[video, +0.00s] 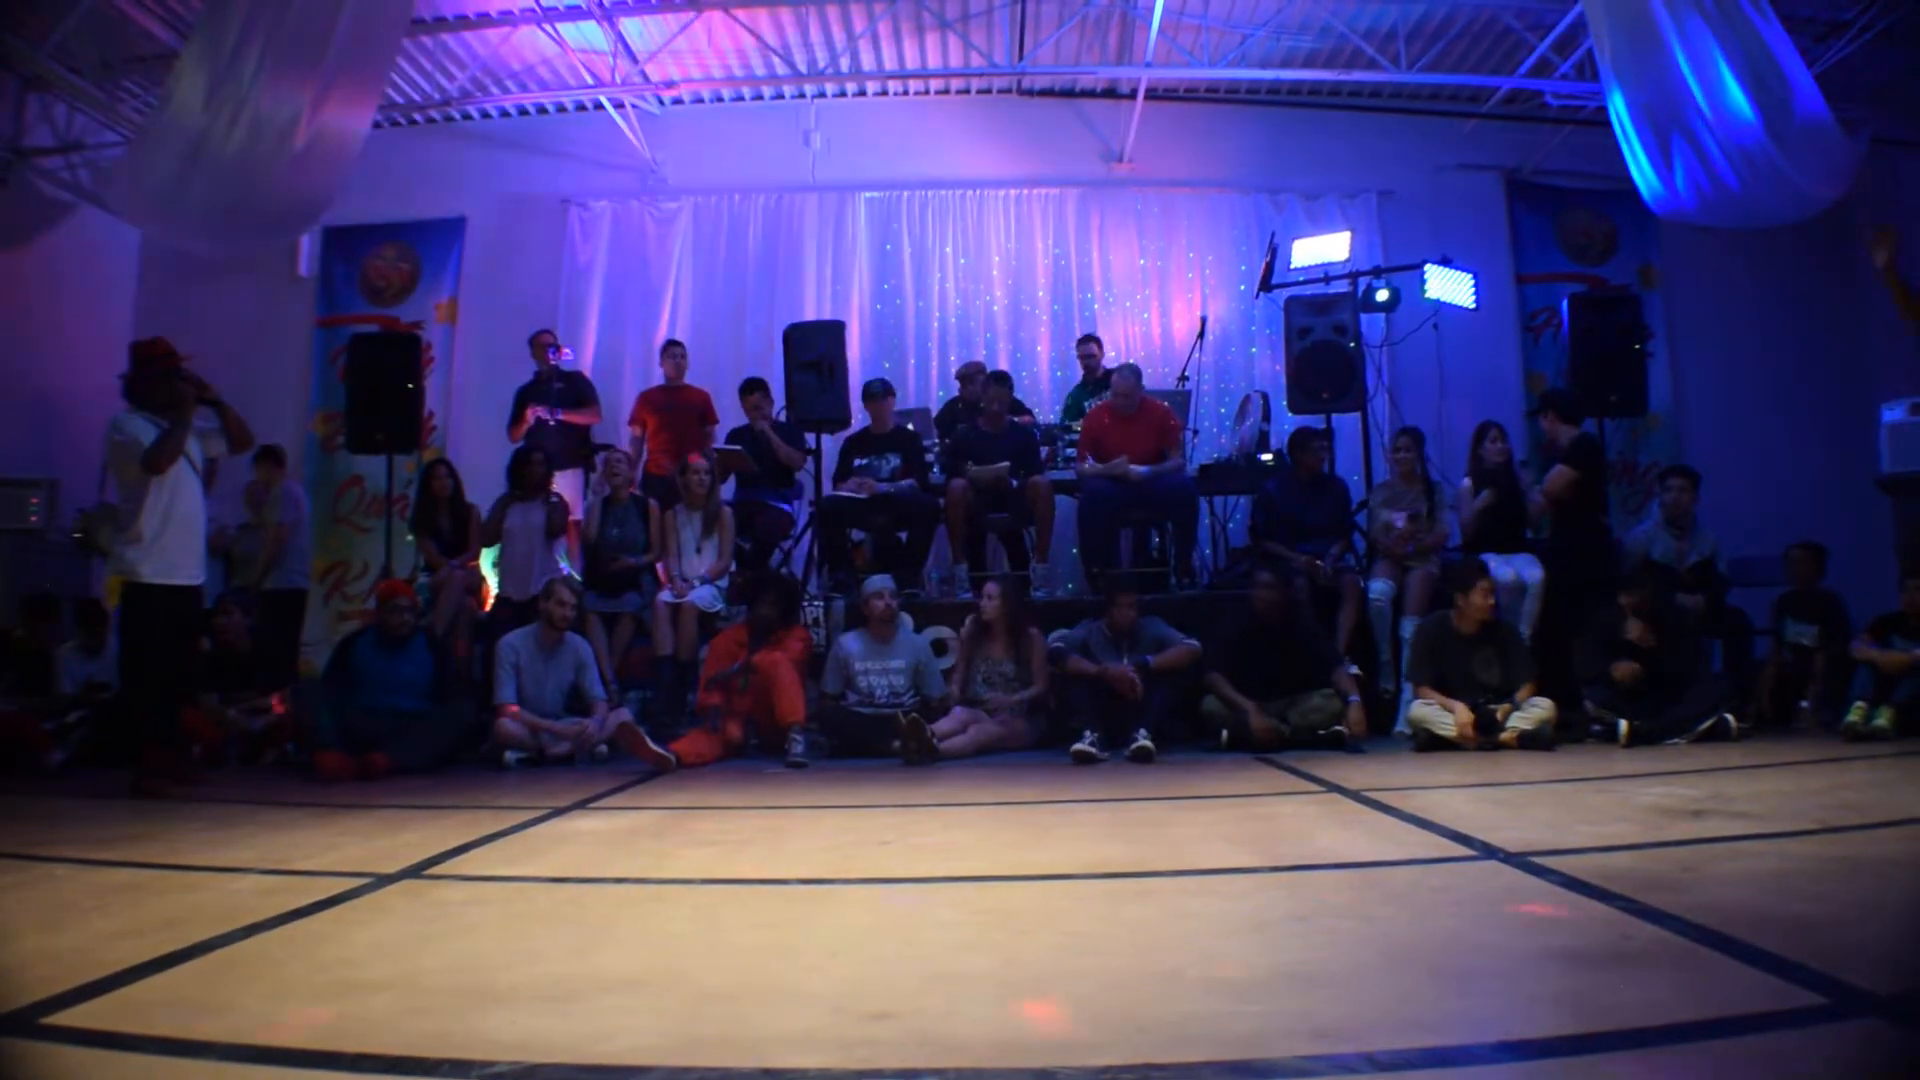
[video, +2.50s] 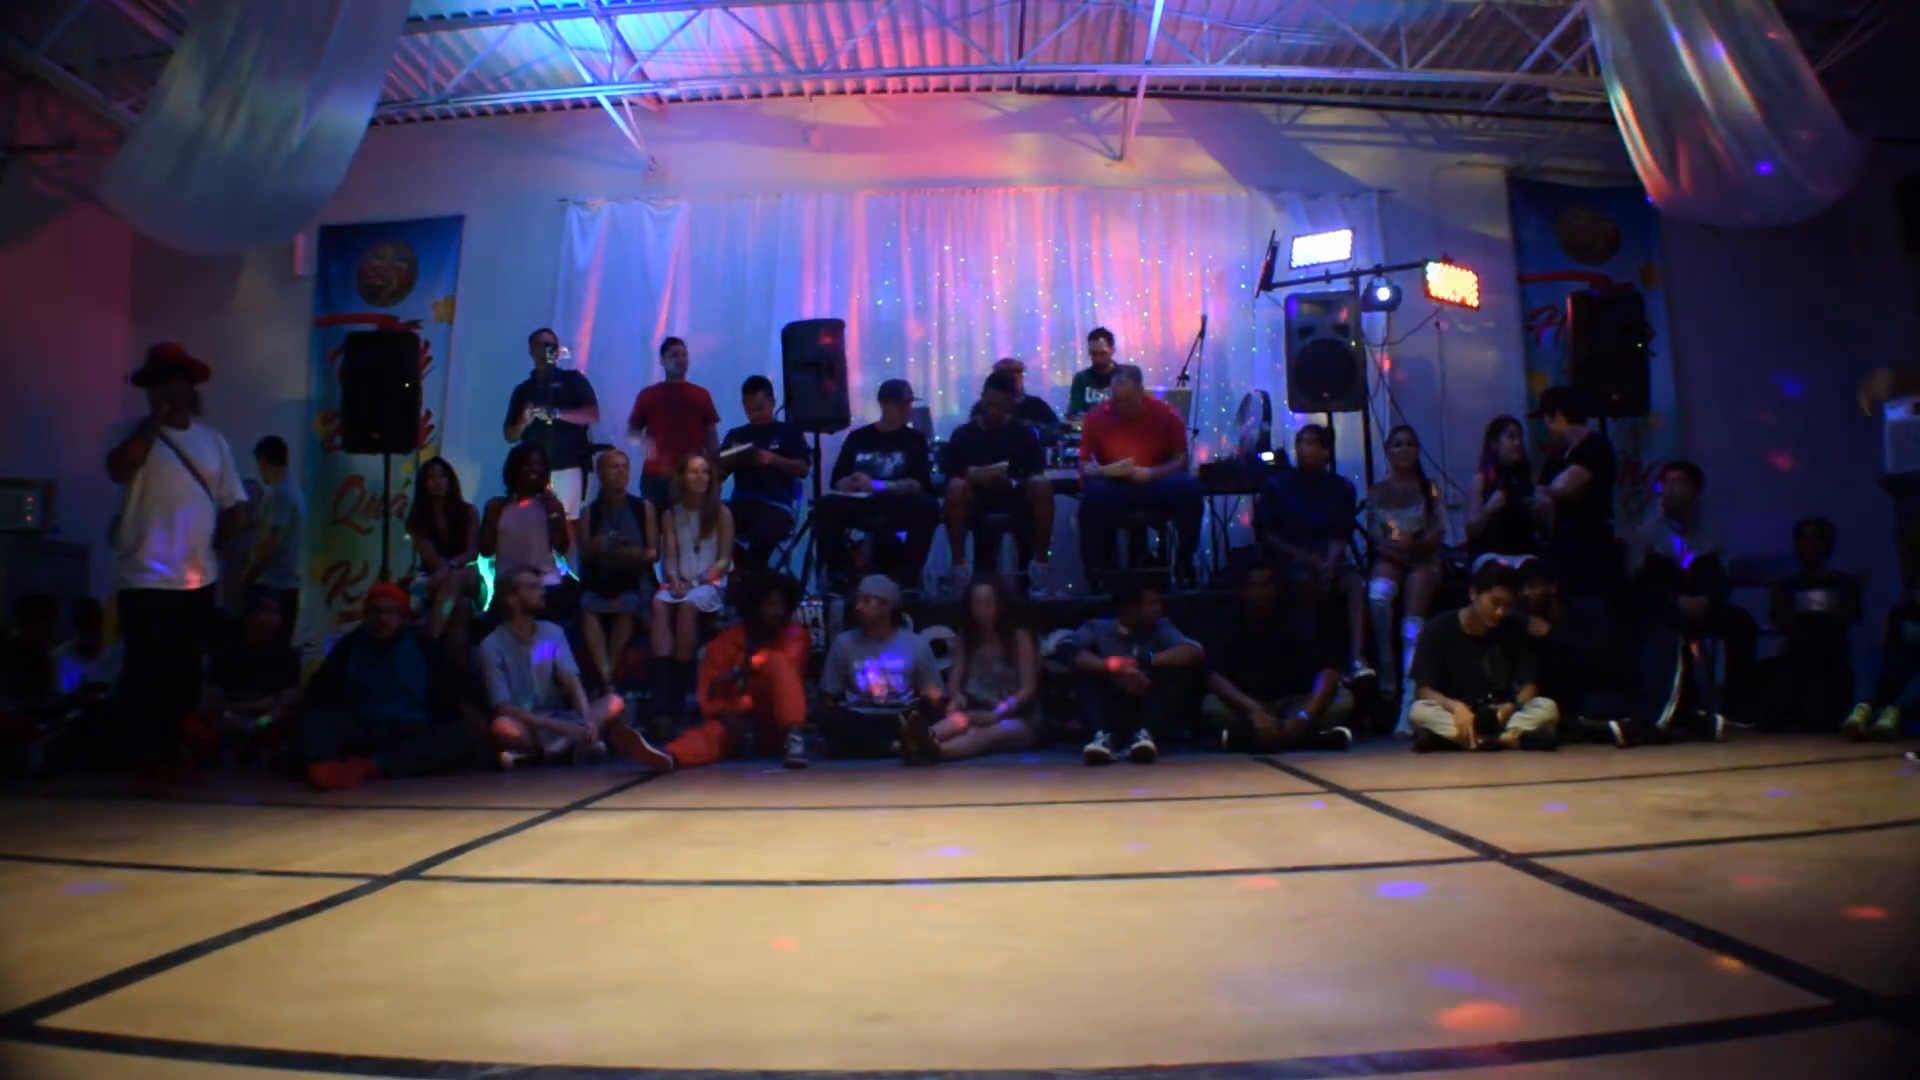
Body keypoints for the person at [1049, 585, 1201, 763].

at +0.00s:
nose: (1128, 614)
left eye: (1132, 607)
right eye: (1122, 608)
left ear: (1138, 609)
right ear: (1109, 609)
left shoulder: (1150, 628)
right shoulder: (1091, 631)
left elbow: (1192, 649)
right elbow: (1055, 651)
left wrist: (1143, 665)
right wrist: (1105, 673)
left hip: (1143, 705)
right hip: (1103, 706)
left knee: (1165, 672)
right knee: (1079, 672)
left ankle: (1143, 734)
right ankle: (1091, 736)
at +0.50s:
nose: (1128, 607)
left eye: (1135, 601)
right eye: (1123, 601)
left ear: (1146, 604)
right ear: (1115, 604)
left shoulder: (1159, 628)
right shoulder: (1101, 628)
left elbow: (1200, 650)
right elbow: (1064, 647)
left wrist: (1150, 667)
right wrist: (1111, 671)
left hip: (1149, 701)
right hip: (1108, 701)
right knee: (1092, 677)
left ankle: (1144, 734)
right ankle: (1101, 736)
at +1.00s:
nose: (1126, 608)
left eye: (1131, 602)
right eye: (1120, 603)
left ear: (1140, 605)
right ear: (1110, 607)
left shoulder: (1153, 628)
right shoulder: (1097, 629)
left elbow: (1198, 650)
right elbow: (1065, 647)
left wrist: (1145, 671)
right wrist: (1110, 676)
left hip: (1146, 702)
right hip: (1107, 703)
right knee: (1090, 677)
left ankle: (1145, 734)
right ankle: (1102, 735)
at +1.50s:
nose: (1134, 608)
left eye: (1136, 601)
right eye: (1126, 602)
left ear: (1141, 603)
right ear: (1108, 609)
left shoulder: (1150, 627)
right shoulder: (1094, 630)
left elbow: (1193, 648)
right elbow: (1064, 649)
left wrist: (1142, 665)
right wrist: (1115, 678)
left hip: (1146, 701)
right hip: (1107, 701)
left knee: (1171, 673)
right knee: (1086, 676)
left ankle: (1144, 735)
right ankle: (1101, 735)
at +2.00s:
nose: (1124, 610)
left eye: (1129, 604)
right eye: (1119, 604)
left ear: (1139, 607)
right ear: (1110, 608)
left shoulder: (1153, 628)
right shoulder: (1094, 630)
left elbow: (1190, 650)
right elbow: (1063, 653)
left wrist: (1143, 660)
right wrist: (1112, 668)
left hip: (1145, 700)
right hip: (1106, 700)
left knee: (1168, 672)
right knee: (1088, 673)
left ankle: (1143, 734)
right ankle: (1100, 734)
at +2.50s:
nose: (1158, 609)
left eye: (1158, 603)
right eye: (1152, 604)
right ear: (1130, 607)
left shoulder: (1160, 629)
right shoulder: (1099, 630)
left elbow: (1194, 651)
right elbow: (1067, 650)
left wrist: (1147, 661)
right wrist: (1114, 667)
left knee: (1173, 670)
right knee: (1088, 671)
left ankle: (1145, 733)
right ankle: (1102, 735)